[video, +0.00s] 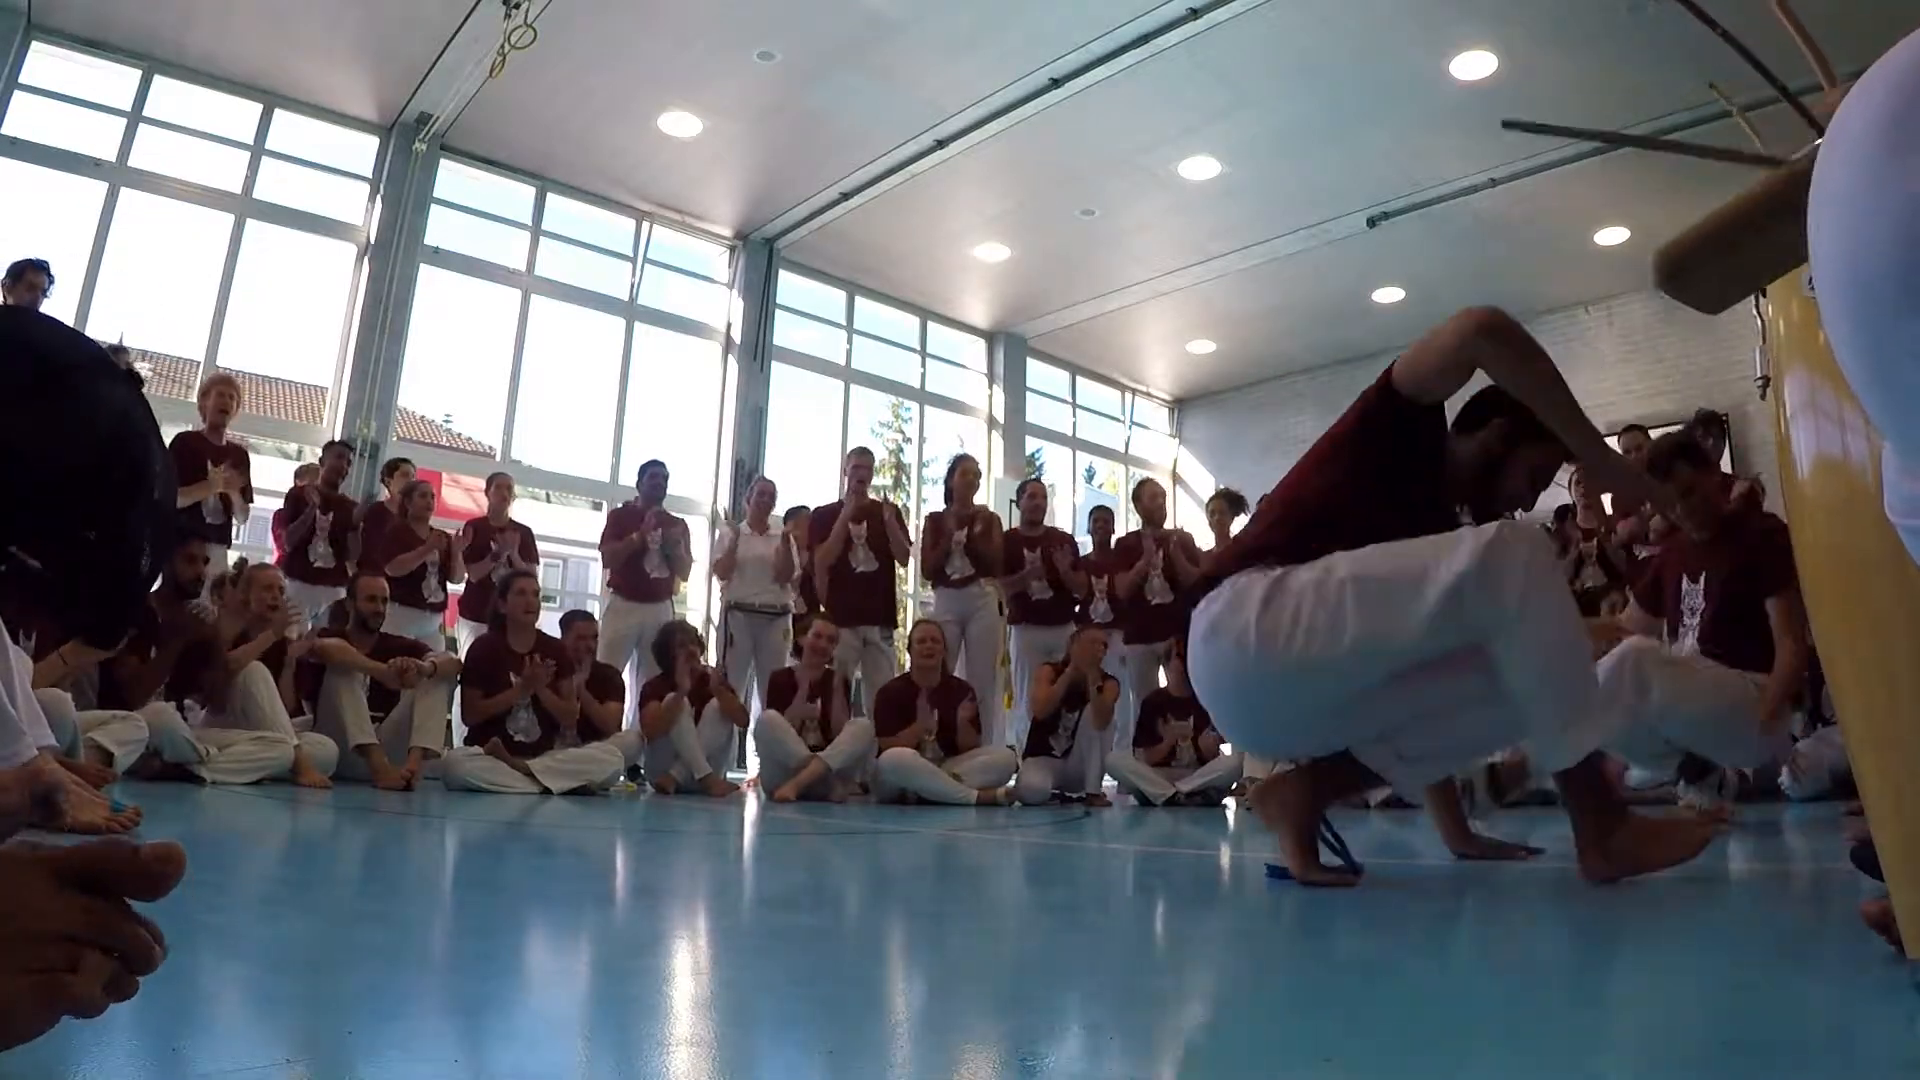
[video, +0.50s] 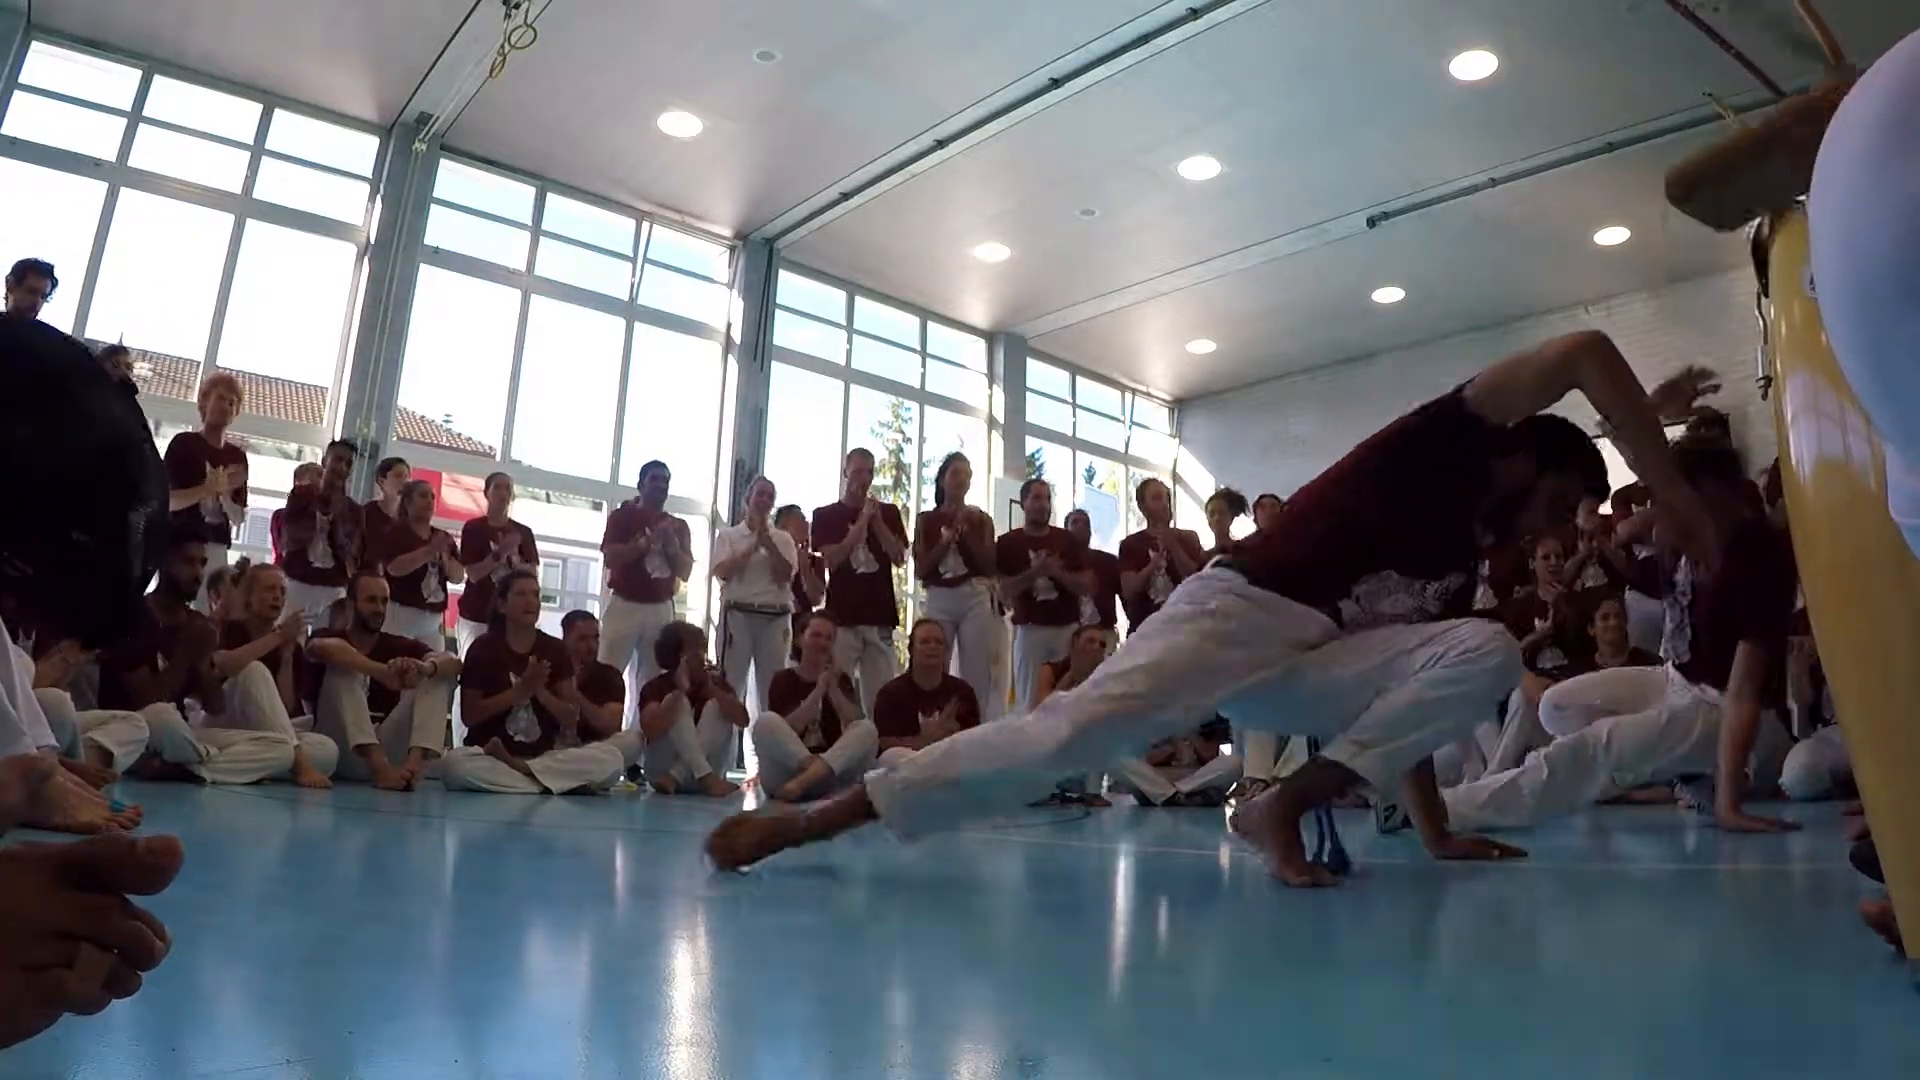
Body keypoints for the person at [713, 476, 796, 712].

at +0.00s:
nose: (765, 500)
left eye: (770, 496)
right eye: (761, 494)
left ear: (775, 502)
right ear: (748, 497)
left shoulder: (783, 535)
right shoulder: (731, 532)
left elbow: (785, 577)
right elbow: (722, 573)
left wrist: (785, 543)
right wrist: (733, 540)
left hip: (775, 616)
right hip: (737, 614)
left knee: (772, 690)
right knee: (731, 689)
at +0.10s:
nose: (765, 500)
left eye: (770, 496)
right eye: (760, 494)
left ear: (775, 502)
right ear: (748, 497)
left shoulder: (785, 538)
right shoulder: (730, 535)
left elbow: (786, 577)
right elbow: (722, 573)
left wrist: (776, 545)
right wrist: (746, 546)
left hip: (776, 617)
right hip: (737, 615)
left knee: (772, 691)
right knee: (731, 689)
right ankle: (728, 746)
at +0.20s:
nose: (765, 500)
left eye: (770, 496)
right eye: (760, 494)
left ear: (775, 502)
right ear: (748, 497)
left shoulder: (784, 538)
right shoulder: (730, 535)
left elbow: (785, 576)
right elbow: (722, 572)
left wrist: (769, 540)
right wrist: (750, 544)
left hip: (775, 618)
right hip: (737, 615)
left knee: (771, 690)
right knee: (732, 689)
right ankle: (728, 745)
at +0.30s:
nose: (764, 500)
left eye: (769, 496)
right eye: (760, 493)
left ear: (774, 502)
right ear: (748, 496)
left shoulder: (784, 538)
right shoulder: (729, 534)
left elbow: (787, 575)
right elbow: (722, 572)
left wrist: (780, 545)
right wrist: (742, 541)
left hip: (775, 617)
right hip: (737, 615)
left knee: (772, 690)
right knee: (731, 688)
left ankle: (771, 745)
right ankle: (728, 745)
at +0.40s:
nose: (764, 499)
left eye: (769, 496)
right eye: (760, 493)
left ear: (774, 502)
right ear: (748, 496)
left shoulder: (784, 538)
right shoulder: (728, 534)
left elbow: (785, 576)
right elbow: (723, 572)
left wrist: (779, 546)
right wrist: (744, 539)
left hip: (775, 617)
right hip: (737, 616)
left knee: (772, 690)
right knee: (731, 688)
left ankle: (771, 746)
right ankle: (728, 746)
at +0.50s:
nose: (764, 499)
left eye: (769, 496)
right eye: (759, 493)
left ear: (773, 502)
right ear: (747, 497)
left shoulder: (784, 538)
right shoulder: (728, 535)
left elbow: (785, 576)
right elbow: (722, 571)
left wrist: (770, 546)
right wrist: (752, 545)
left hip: (775, 618)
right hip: (736, 616)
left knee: (771, 690)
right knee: (731, 687)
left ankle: (769, 746)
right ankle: (727, 746)